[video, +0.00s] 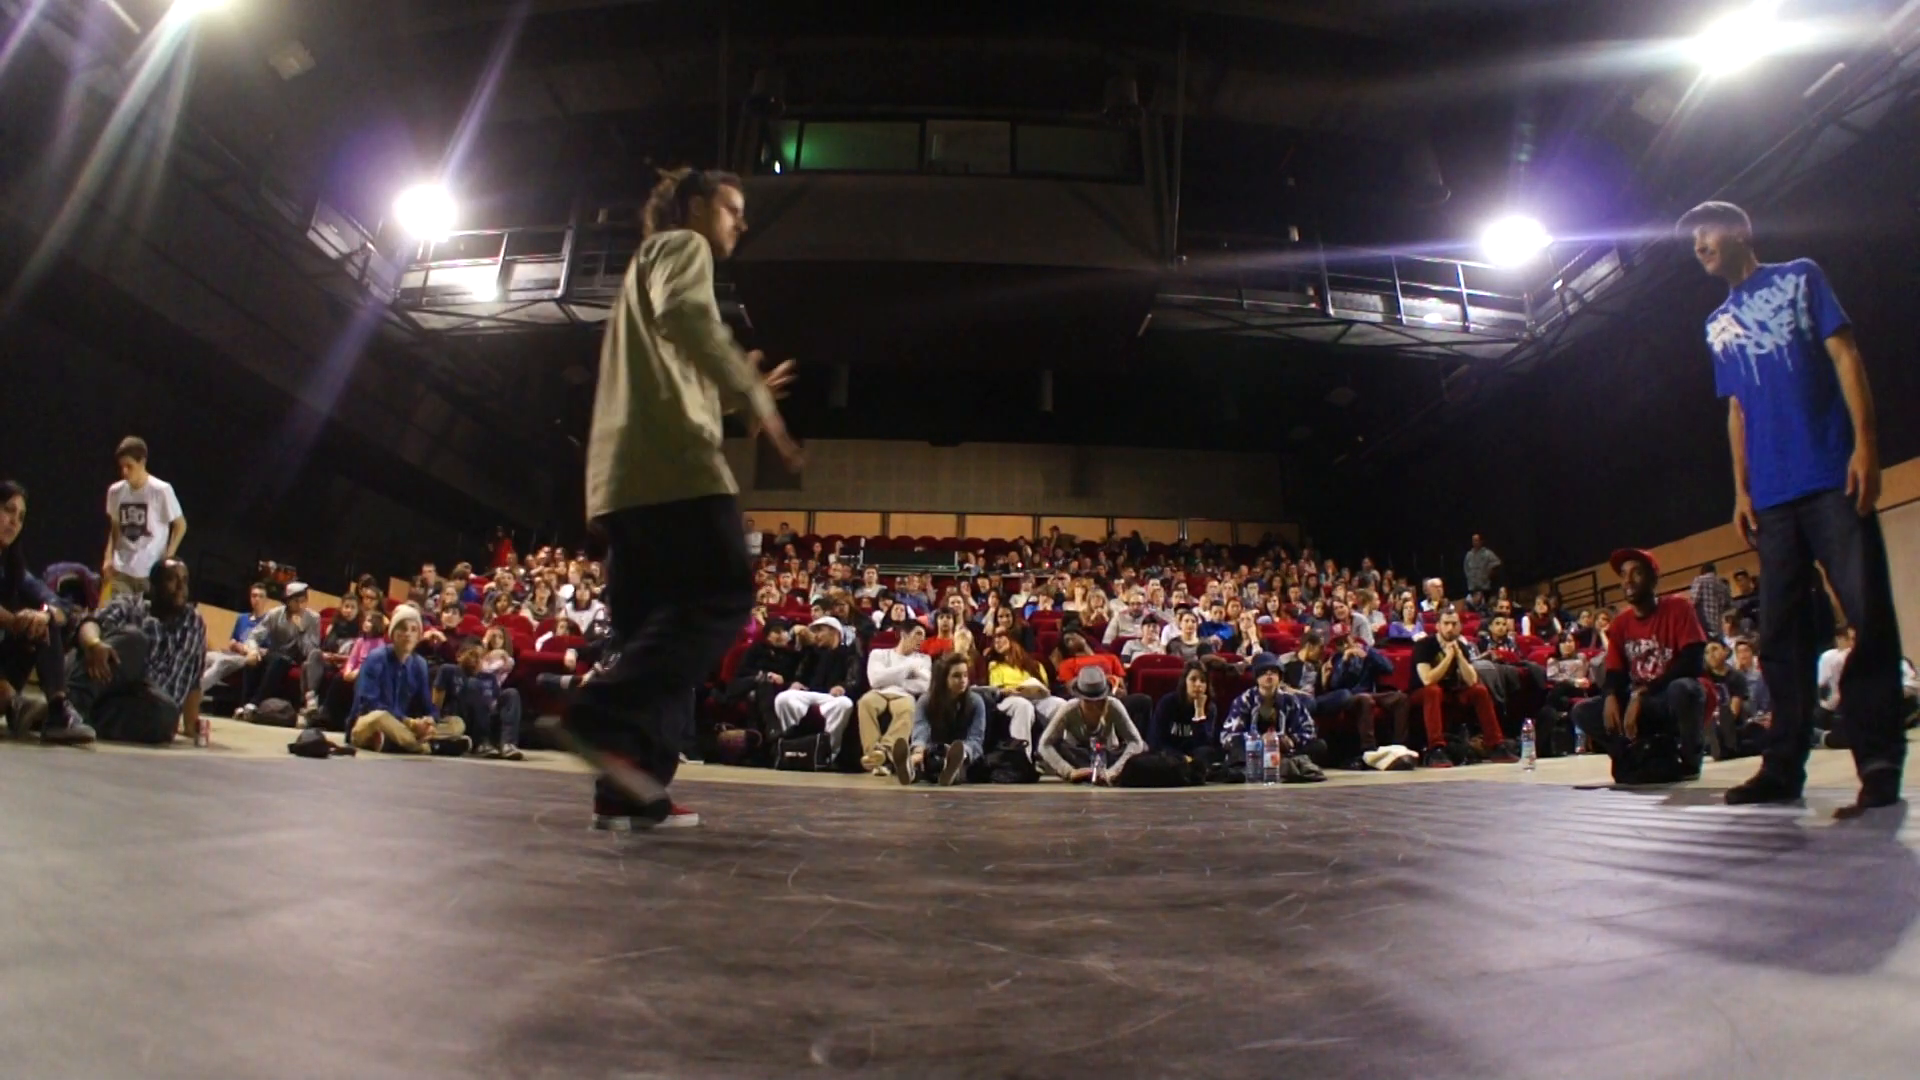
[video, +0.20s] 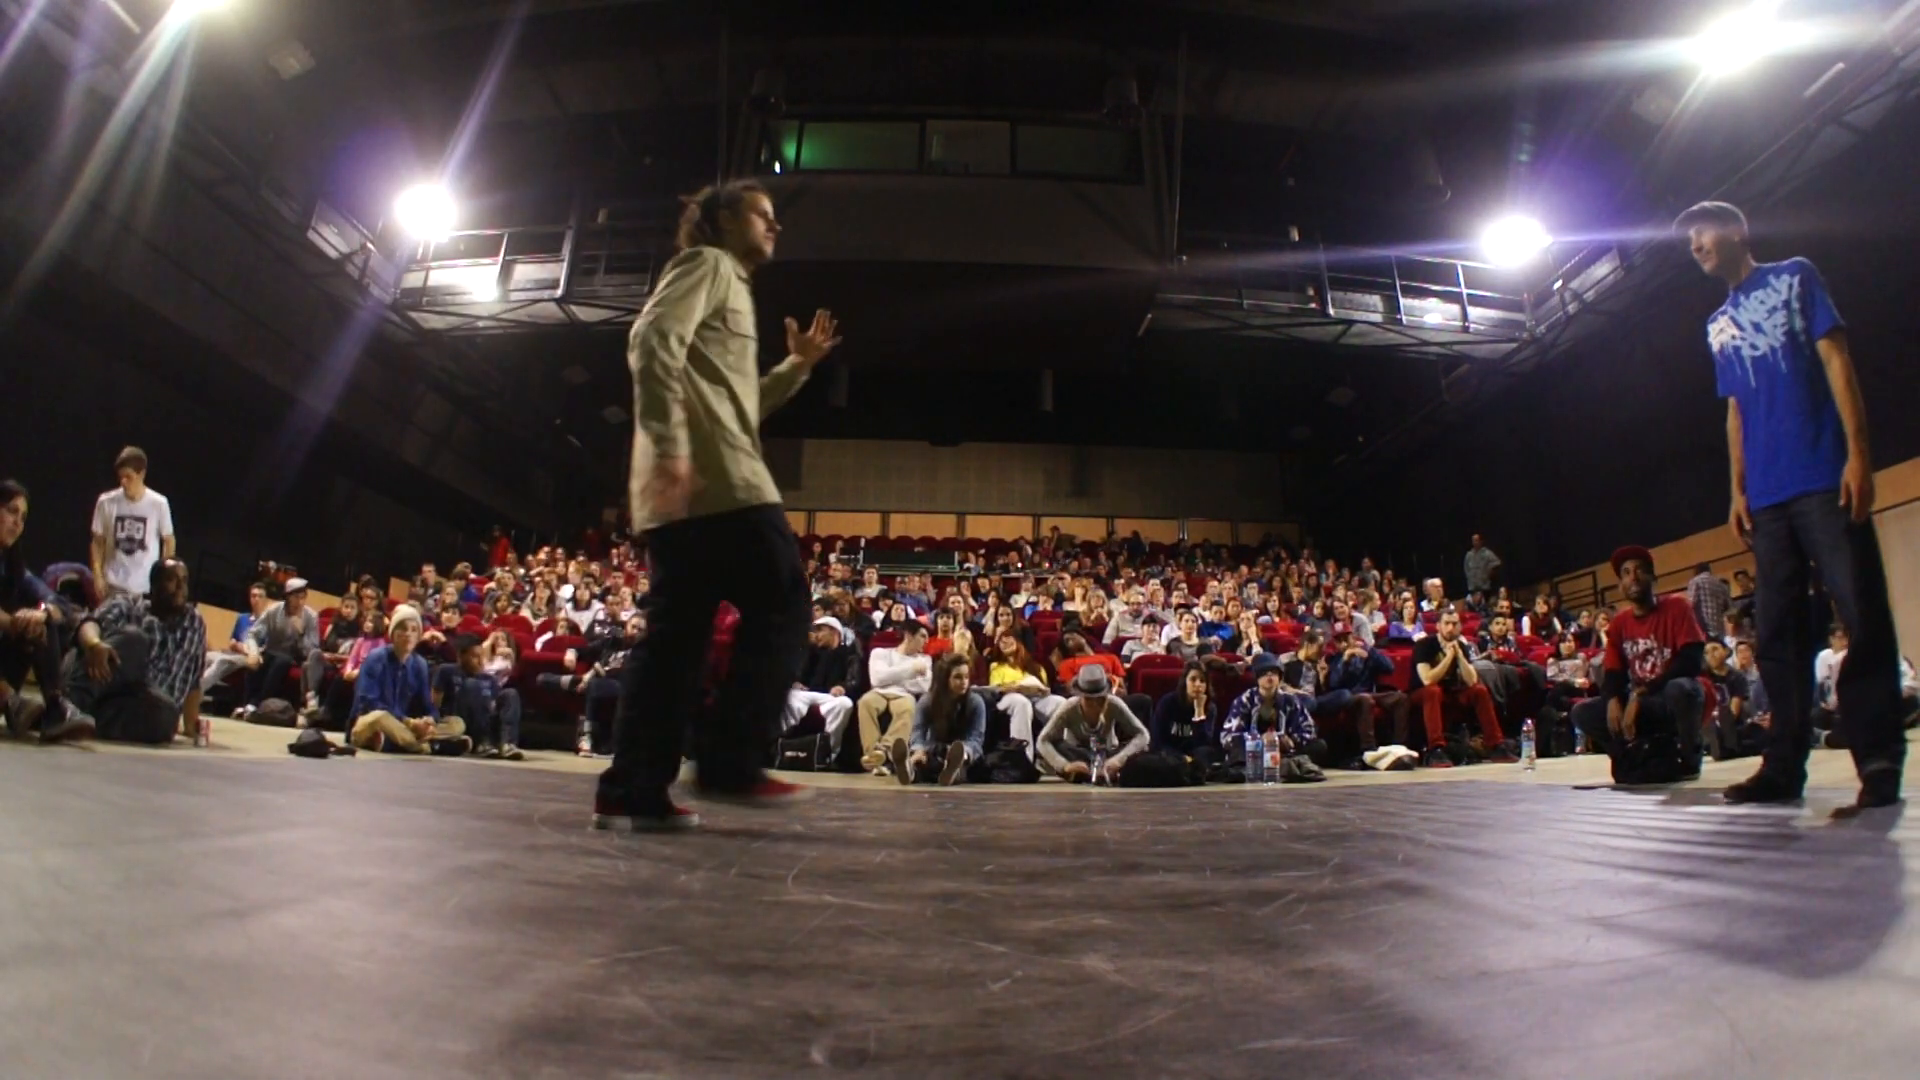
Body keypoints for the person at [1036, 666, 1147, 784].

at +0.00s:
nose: (1094, 707)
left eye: (1099, 701)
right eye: (1088, 702)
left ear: (1106, 696)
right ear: (1080, 698)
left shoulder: (1114, 706)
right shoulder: (1067, 709)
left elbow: (1136, 744)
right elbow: (1044, 746)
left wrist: (1112, 773)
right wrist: (1069, 772)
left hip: (1109, 754)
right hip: (1079, 755)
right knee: (1058, 746)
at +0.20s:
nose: (1095, 705)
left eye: (1100, 699)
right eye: (1089, 700)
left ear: (1106, 694)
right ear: (1081, 696)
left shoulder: (1115, 704)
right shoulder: (1068, 707)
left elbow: (1143, 736)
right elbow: (1042, 742)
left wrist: (1118, 761)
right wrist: (1065, 766)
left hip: (1109, 753)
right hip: (1079, 754)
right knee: (1056, 747)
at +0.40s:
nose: (1094, 687)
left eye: (1099, 682)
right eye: (1088, 681)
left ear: (1107, 684)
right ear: (1080, 682)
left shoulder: (1114, 701)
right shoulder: (1069, 704)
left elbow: (1146, 728)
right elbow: (1042, 735)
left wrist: (1123, 747)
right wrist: (1063, 753)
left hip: (1108, 752)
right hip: (1079, 754)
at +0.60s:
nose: (1095, 675)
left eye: (1101, 670)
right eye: (1090, 669)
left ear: (1108, 676)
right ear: (1082, 674)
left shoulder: (1116, 697)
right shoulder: (1071, 697)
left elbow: (1146, 723)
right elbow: (1044, 725)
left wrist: (1127, 731)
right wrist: (1066, 731)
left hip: (1109, 749)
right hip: (1080, 748)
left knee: (1139, 747)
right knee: (1057, 745)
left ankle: (1084, 775)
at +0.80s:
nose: (1097, 669)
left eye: (1103, 665)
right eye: (1092, 664)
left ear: (1112, 672)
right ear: (1084, 670)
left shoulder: (1118, 696)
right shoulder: (1071, 694)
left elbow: (1146, 721)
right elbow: (1045, 720)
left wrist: (1135, 728)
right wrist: (1067, 720)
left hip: (1109, 751)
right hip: (1079, 750)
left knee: (1139, 748)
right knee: (1059, 745)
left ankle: (1083, 775)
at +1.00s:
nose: (1098, 669)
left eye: (1104, 665)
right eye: (1094, 664)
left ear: (1113, 672)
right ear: (1086, 670)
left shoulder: (1119, 695)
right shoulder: (1073, 694)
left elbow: (1141, 723)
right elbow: (1047, 717)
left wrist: (1140, 731)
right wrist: (1068, 722)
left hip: (1109, 751)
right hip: (1080, 751)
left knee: (1139, 746)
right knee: (1057, 745)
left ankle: (1083, 774)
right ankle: (1099, 774)